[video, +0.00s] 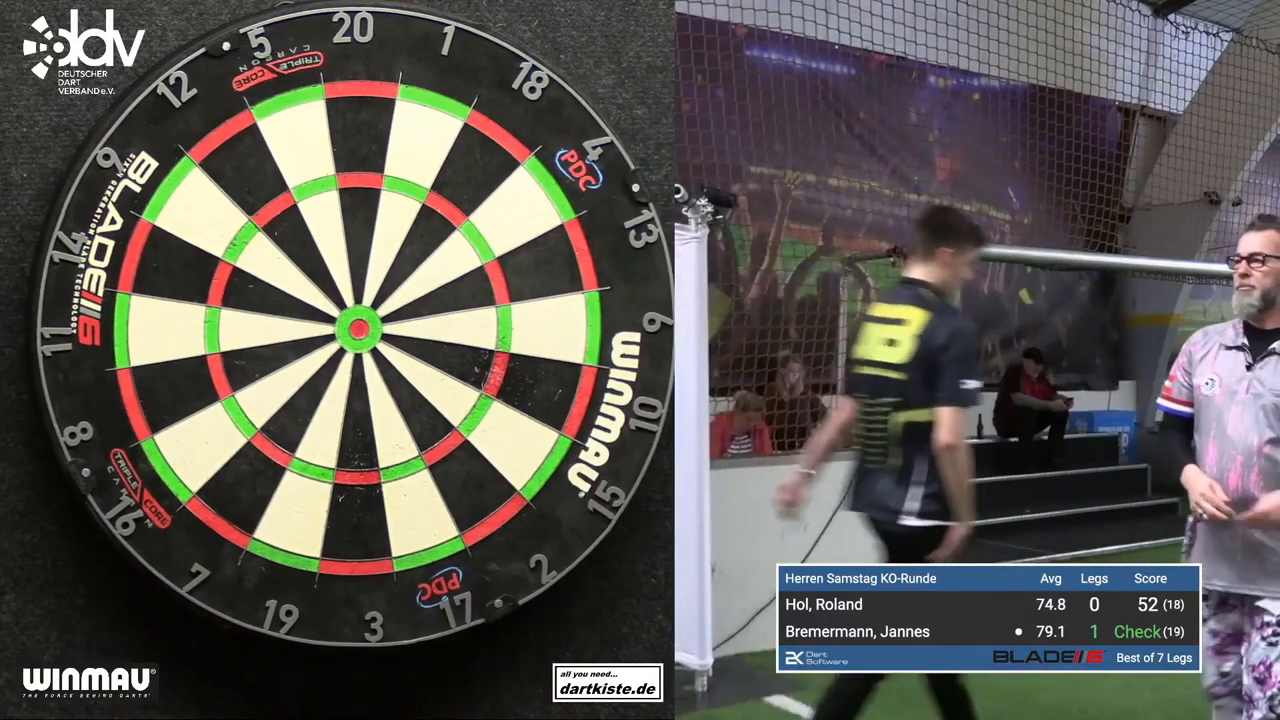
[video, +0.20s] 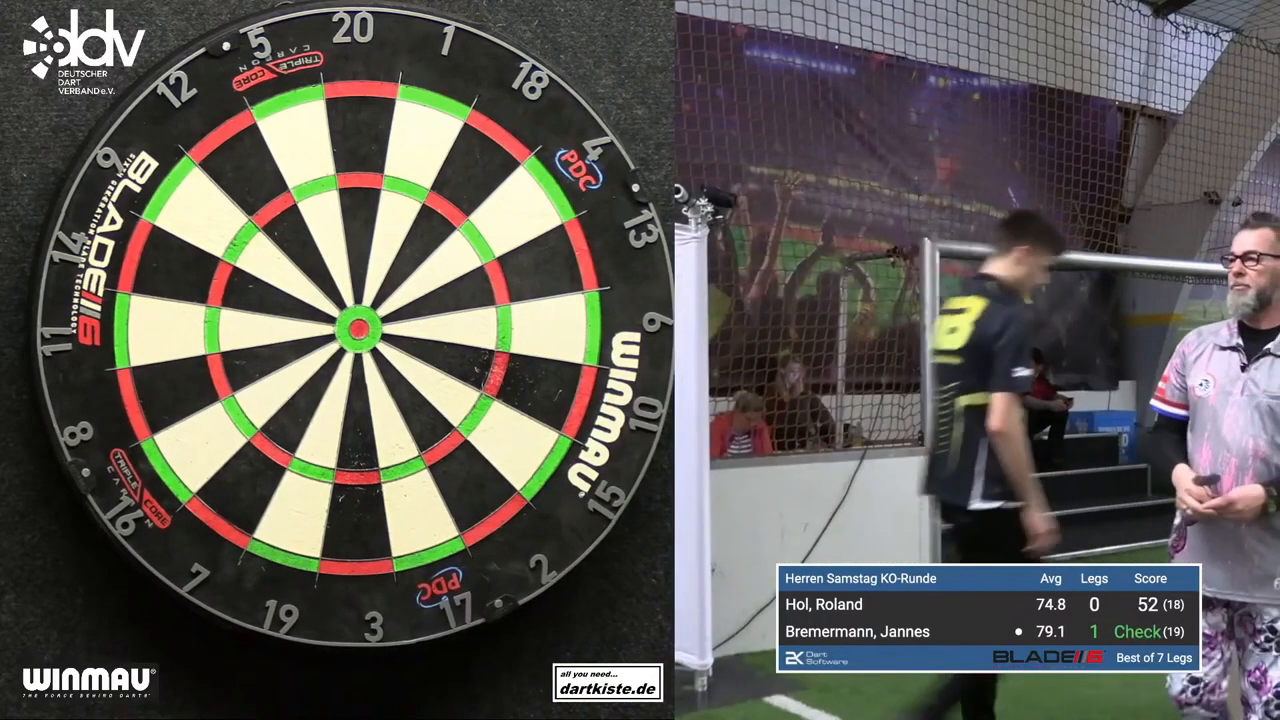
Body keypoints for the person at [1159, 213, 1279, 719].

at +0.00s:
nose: (1241, 269)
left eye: (1258, 260)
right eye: (1238, 260)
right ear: (1233, 268)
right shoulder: (1202, 345)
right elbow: (1170, 432)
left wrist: (1278, 501)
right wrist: (1189, 475)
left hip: (1274, 568)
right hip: (1212, 563)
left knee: (1266, 699)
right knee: (1220, 693)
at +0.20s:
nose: (1237, 268)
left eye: (1253, 259)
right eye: (1233, 258)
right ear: (1228, 266)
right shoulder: (1197, 345)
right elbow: (1162, 429)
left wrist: (1267, 496)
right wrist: (1179, 472)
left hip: (1269, 573)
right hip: (1199, 565)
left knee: (1267, 703)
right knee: (1194, 694)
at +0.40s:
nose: (1228, 270)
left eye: (1244, 260)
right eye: (1224, 260)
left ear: (1277, 269)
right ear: (1218, 268)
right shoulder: (1189, 345)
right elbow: (1157, 427)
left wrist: (1264, 500)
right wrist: (1168, 478)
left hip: (1265, 576)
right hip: (1189, 567)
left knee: (1264, 706)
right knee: (1176, 702)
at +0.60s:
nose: (1217, 275)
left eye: (1232, 265)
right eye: (1212, 265)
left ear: (1272, 274)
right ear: (1206, 273)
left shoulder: (1278, 357)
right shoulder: (1173, 349)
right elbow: (1139, 439)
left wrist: (1277, 512)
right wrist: (1136, 513)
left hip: (1256, 582)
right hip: (1169, 574)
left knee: (1252, 710)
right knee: (1144, 707)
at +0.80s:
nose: (1210, 269)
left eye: (1227, 260)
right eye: (1205, 260)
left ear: (1264, 274)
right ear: (1196, 270)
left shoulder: (1277, 360)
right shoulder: (1157, 345)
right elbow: (1122, 437)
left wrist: (1279, 515)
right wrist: (1118, 513)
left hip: (1247, 586)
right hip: (1154, 580)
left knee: (1239, 712)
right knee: (1136, 710)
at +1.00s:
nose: (1090, 195)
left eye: (1107, 184)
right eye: (1085, 186)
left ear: (1149, 198)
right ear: (1079, 200)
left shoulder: (1192, 303)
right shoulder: (1048, 295)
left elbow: (1227, 419)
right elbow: (1016, 409)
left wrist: (1181, 506)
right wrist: (1017, 507)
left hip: (1153, 534)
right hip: (1069, 532)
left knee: (1140, 691)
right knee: (1073, 686)